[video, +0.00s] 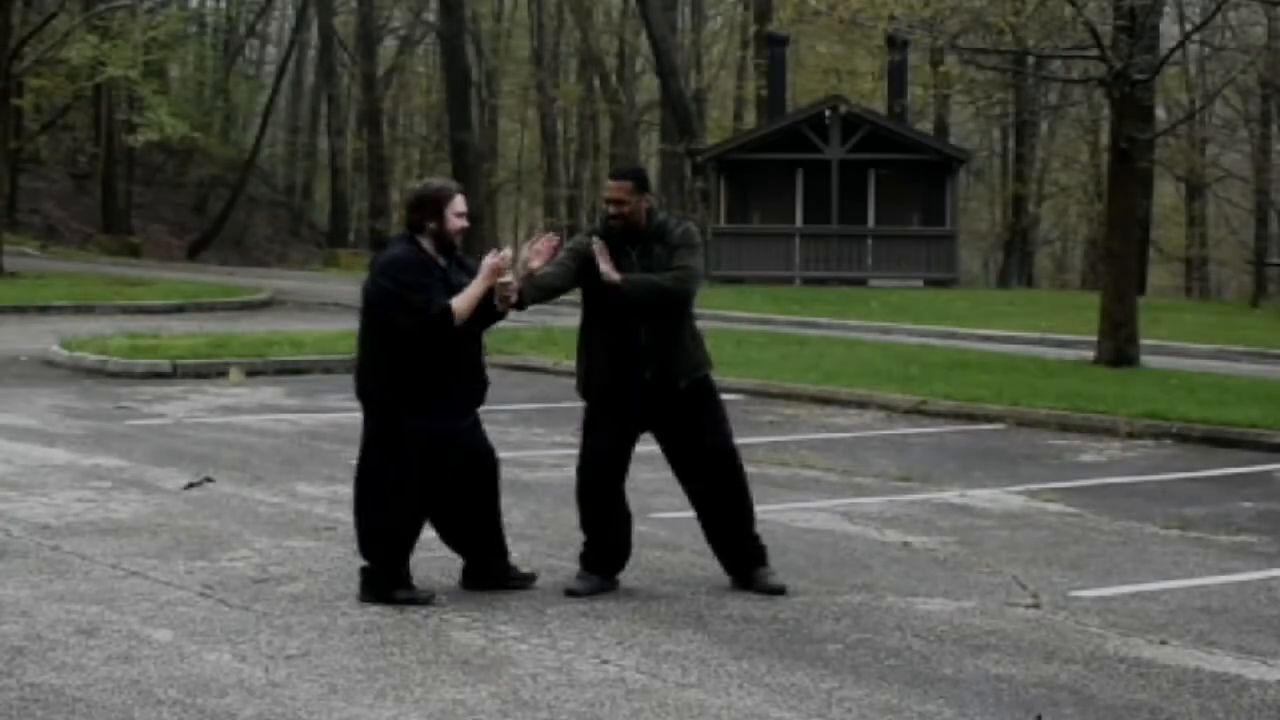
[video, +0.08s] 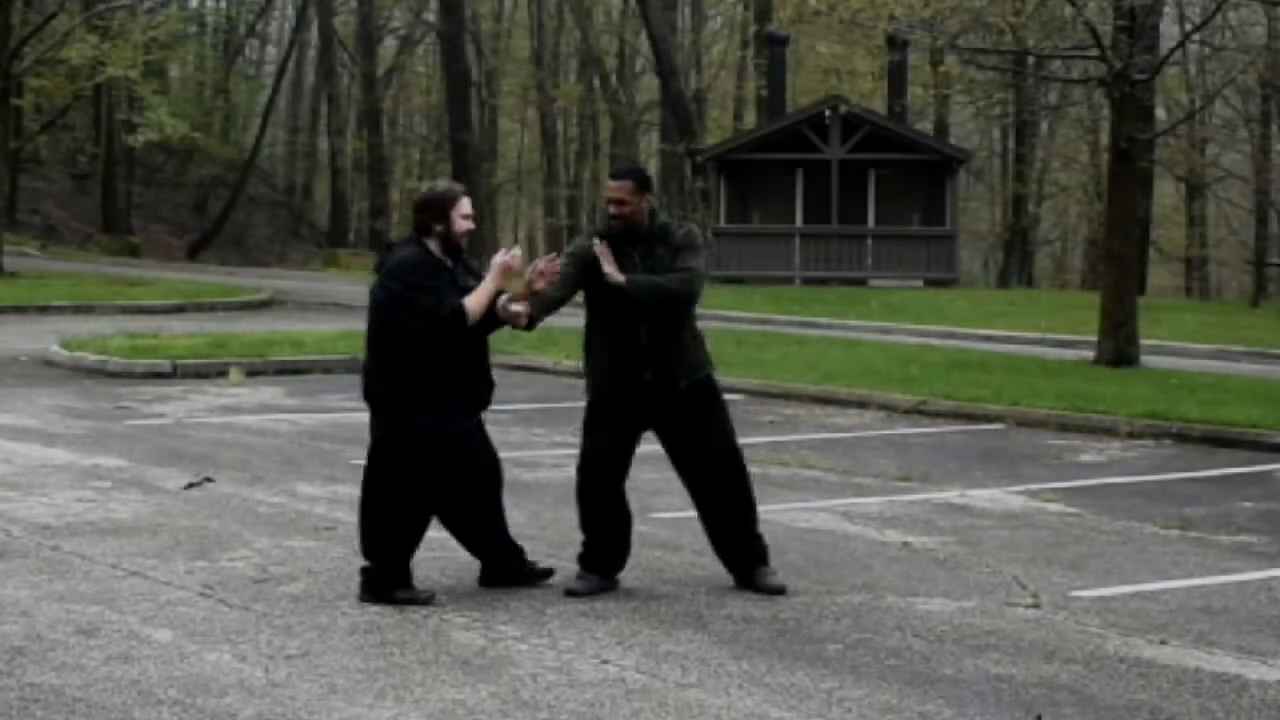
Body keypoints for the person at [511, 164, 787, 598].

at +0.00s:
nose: (612, 212)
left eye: (621, 204)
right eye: (607, 204)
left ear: (646, 202)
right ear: (602, 203)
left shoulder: (677, 235)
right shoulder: (595, 243)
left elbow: (683, 287)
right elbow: (557, 274)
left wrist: (619, 279)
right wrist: (520, 290)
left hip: (678, 383)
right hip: (613, 386)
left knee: (717, 473)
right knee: (598, 479)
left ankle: (749, 567)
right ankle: (599, 569)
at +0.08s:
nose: (613, 212)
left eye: (622, 204)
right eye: (608, 203)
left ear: (647, 203)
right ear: (603, 203)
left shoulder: (681, 238)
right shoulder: (593, 247)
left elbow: (686, 289)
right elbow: (560, 283)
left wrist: (623, 280)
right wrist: (529, 310)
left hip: (681, 383)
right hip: (616, 387)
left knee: (720, 471)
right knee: (598, 478)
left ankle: (751, 567)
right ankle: (599, 569)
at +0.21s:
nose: (623, 212)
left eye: (633, 206)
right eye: (620, 204)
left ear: (659, 206)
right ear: (616, 205)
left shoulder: (693, 245)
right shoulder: (605, 251)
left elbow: (701, 297)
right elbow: (569, 296)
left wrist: (635, 285)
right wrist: (584, 326)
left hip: (689, 385)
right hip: (624, 387)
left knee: (737, 468)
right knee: (598, 475)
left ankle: (782, 556)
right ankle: (597, 568)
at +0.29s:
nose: (640, 213)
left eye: (649, 206)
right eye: (637, 204)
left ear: (675, 208)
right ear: (633, 204)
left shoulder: (706, 247)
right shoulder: (624, 247)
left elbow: (709, 298)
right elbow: (579, 289)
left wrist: (638, 292)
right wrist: (612, 284)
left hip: (697, 392)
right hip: (630, 394)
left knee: (750, 469)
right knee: (602, 477)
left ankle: (805, 551)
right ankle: (597, 569)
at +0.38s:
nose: (662, 213)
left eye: (671, 206)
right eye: (660, 204)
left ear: (699, 207)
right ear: (656, 204)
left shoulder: (727, 246)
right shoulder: (648, 242)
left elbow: (726, 294)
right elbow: (592, 266)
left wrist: (657, 292)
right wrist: (605, 236)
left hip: (713, 389)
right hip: (649, 388)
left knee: (763, 473)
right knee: (615, 475)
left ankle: (821, 554)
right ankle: (598, 569)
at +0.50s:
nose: (693, 210)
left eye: (701, 203)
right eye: (691, 202)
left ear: (731, 204)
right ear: (689, 201)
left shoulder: (764, 241)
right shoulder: (682, 235)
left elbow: (764, 287)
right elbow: (622, 252)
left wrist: (702, 276)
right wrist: (624, 202)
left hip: (748, 387)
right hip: (684, 385)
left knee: (784, 474)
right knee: (640, 472)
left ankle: (821, 564)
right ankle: (602, 566)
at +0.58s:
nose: (715, 210)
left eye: (722, 203)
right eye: (713, 202)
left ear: (752, 204)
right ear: (715, 202)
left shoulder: (788, 242)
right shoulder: (704, 235)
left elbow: (794, 287)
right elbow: (652, 255)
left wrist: (740, 265)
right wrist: (635, 209)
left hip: (767, 385)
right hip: (701, 380)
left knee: (794, 471)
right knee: (654, 445)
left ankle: (823, 563)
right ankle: (639, 552)